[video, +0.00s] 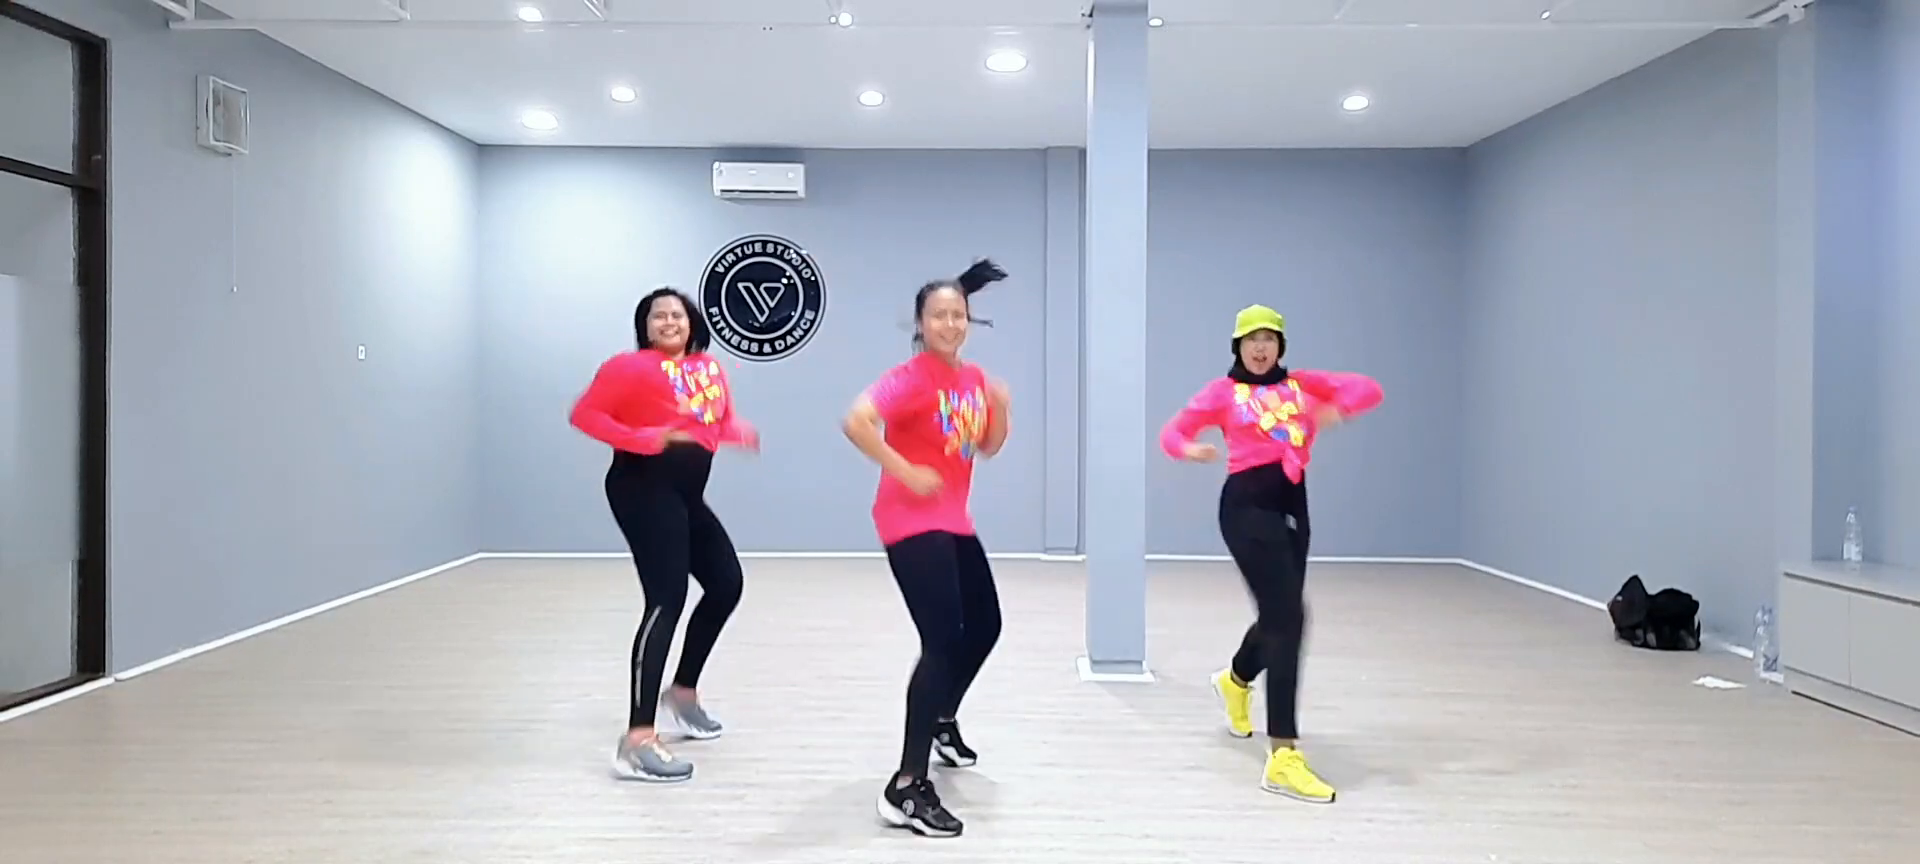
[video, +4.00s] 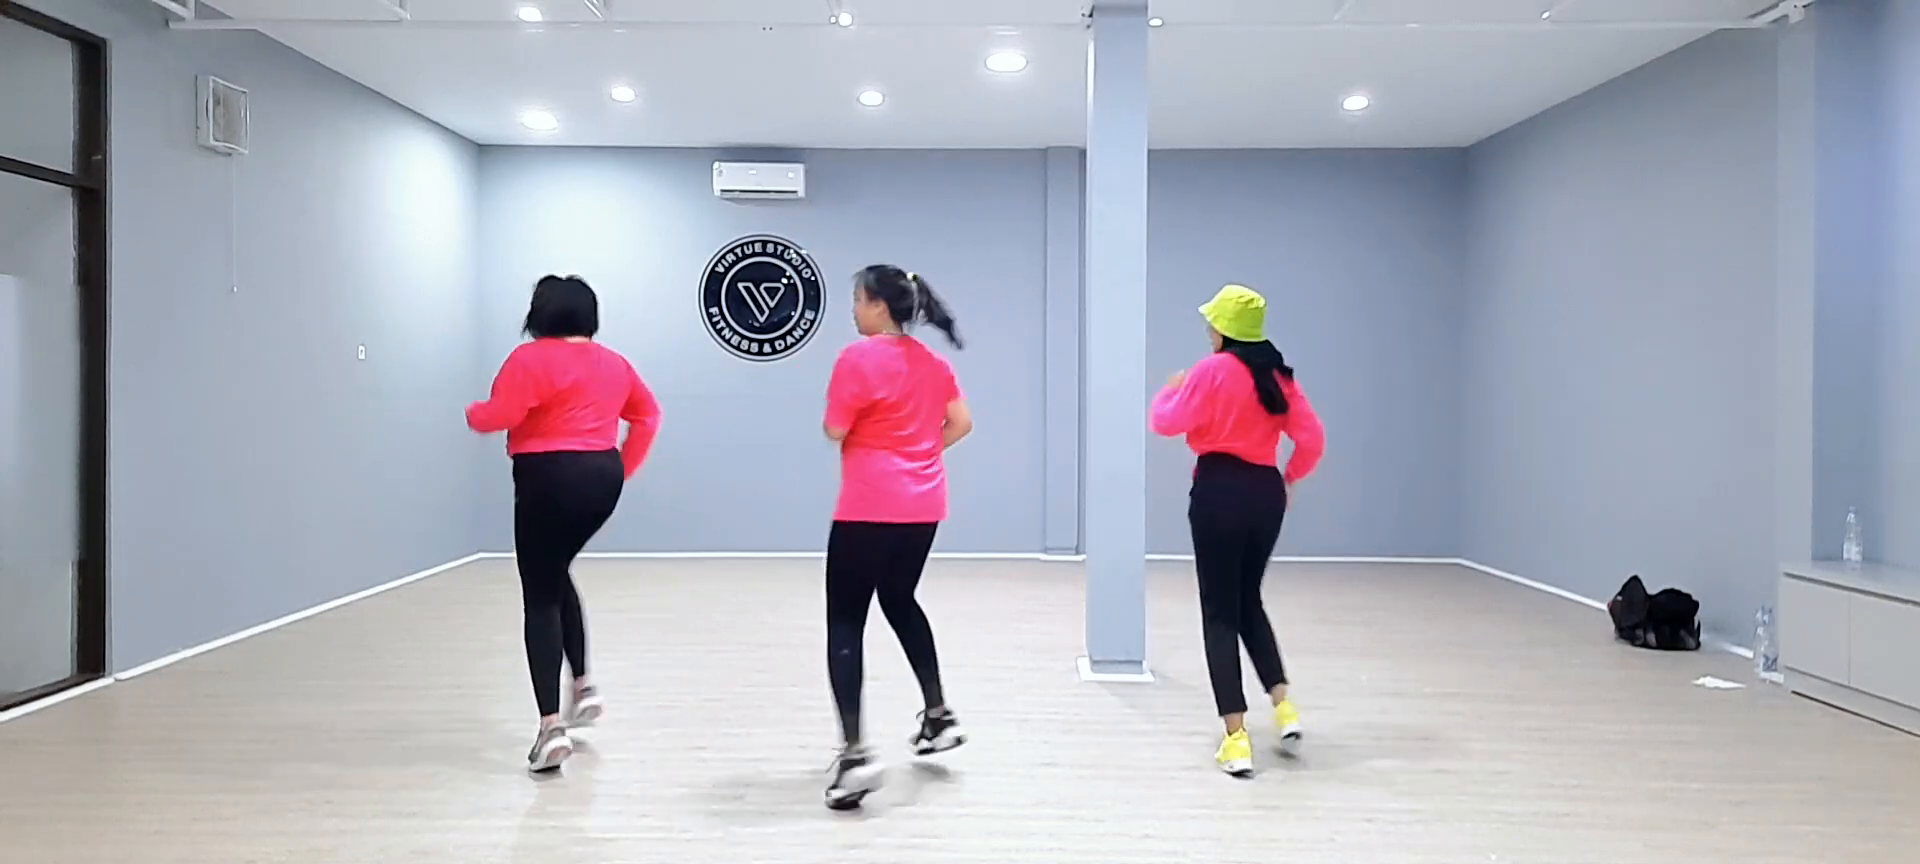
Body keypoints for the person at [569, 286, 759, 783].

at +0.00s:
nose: (668, 321)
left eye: (677, 314)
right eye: (658, 315)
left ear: (692, 324)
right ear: (644, 326)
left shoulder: (708, 368)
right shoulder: (627, 367)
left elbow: (717, 424)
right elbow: (584, 415)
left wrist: (741, 433)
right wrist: (642, 437)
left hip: (685, 492)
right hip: (642, 491)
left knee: (725, 584)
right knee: (667, 597)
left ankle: (682, 693)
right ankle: (639, 736)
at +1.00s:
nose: (592, 327)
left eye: (602, 320)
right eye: (585, 320)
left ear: (620, 328)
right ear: (576, 329)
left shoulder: (633, 375)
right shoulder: (576, 377)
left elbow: (638, 444)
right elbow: (566, 430)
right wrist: (532, 453)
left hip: (625, 487)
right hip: (577, 490)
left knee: (610, 584)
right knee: (569, 587)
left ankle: (641, 686)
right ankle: (580, 692)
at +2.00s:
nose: (609, 323)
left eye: (619, 317)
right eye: (600, 316)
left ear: (633, 323)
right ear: (589, 322)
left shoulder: (655, 362)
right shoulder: (573, 355)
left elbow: (708, 398)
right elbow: (548, 305)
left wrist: (679, 449)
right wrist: (568, 258)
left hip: (648, 478)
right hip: (595, 481)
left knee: (662, 575)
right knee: (551, 563)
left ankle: (695, 683)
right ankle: (545, 686)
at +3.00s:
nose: (627, 326)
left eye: (637, 320)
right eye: (618, 320)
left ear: (650, 330)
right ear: (605, 330)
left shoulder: (673, 382)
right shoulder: (579, 381)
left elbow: (690, 446)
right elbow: (551, 437)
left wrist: (706, 498)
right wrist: (580, 471)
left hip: (662, 491)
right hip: (605, 490)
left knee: (658, 597)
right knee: (619, 580)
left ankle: (644, 699)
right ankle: (615, 614)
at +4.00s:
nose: (529, 316)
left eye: (533, 309)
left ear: (540, 315)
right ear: (589, 318)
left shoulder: (530, 358)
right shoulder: (613, 362)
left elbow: (504, 414)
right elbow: (648, 416)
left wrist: (472, 415)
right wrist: (622, 468)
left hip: (544, 478)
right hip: (603, 476)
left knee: (540, 597)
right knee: (558, 570)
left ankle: (550, 722)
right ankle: (583, 685)